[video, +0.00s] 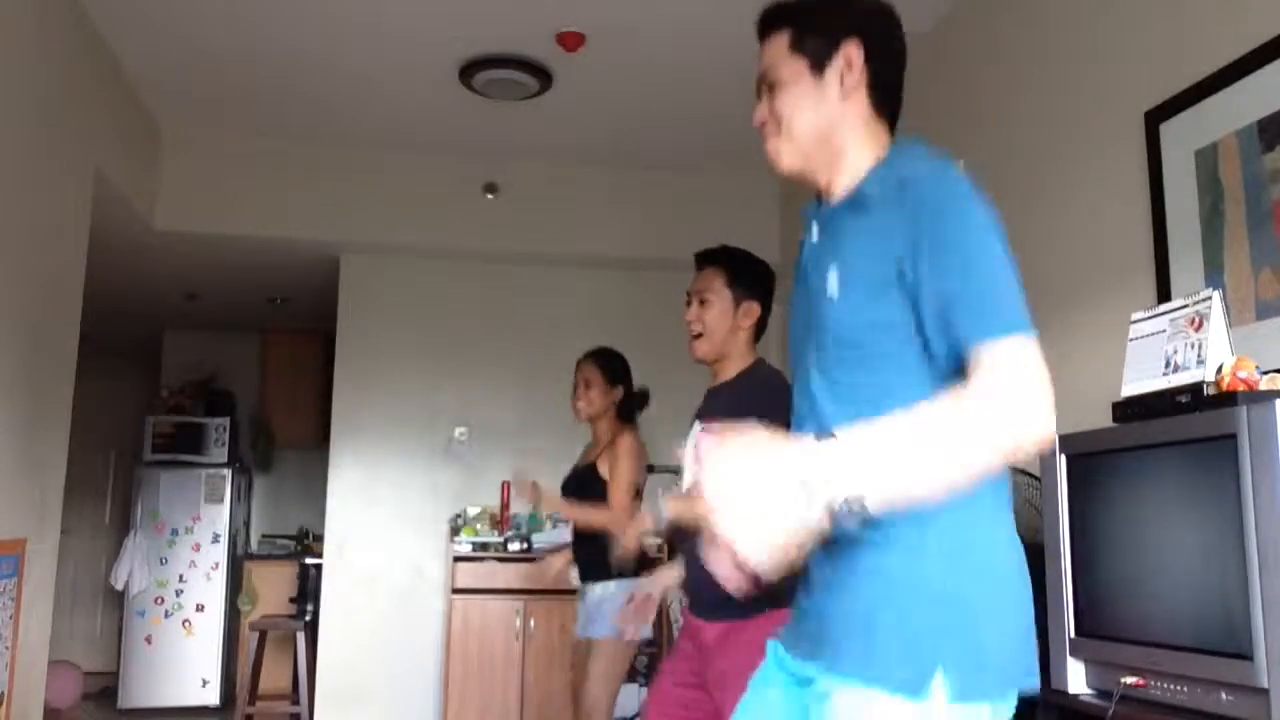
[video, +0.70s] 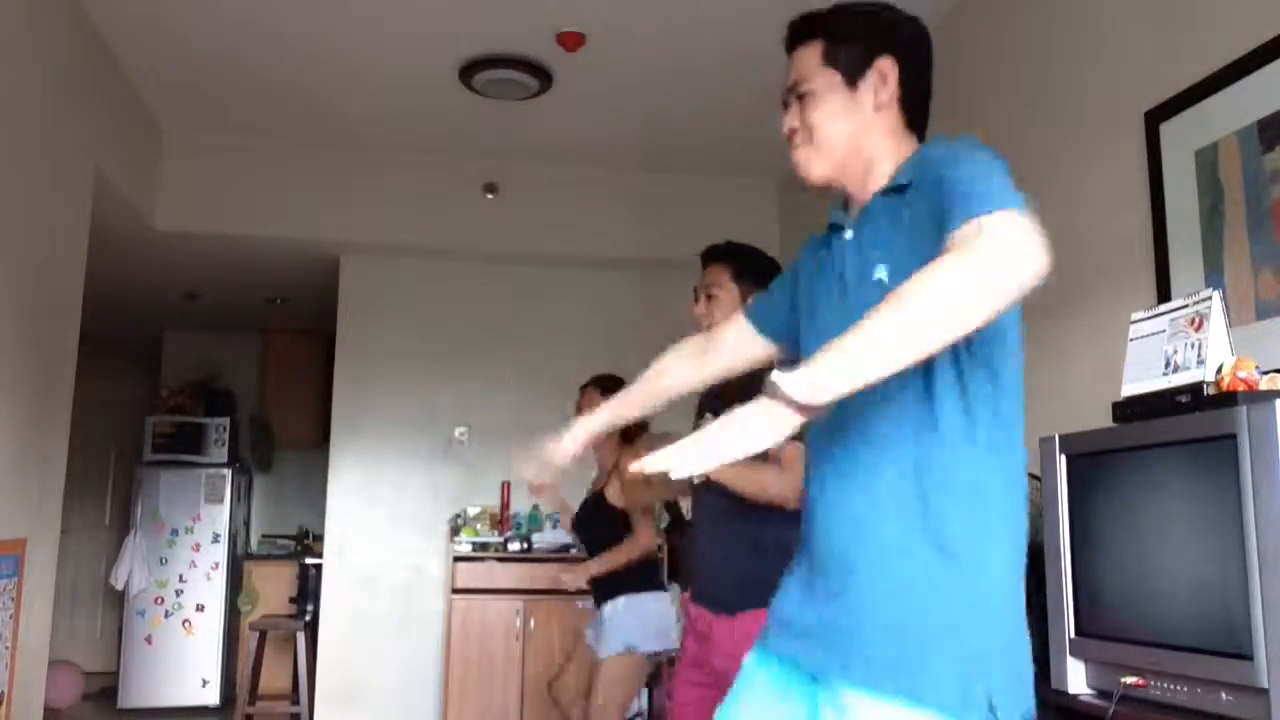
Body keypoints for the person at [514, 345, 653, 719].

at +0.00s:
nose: (578, 395)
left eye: (589, 386)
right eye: (577, 386)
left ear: (617, 393)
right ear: (576, 390)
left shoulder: (625, 443)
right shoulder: (596, 443)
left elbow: (620, 516)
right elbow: (596, 525)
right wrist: (557, 562)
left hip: (620, 589)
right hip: (593, 587)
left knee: (594, 703)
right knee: (580, 698)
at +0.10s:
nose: (580, 390)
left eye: (590, 381)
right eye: (577, 381)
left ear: (617, 387)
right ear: (573, 385)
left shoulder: (624, 428)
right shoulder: (598, 435)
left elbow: (627, 507)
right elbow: (599, 503)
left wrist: (562, 507)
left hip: (625, 580)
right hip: (592, 577)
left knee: (605, 701)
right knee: (579, 684)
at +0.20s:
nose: (582, 407)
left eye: (591, 397)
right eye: (580, 398)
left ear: (618, 405)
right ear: (580, 406)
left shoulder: (621, 461)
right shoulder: (601, 463)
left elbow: (643, 528)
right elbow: (586, 532)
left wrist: (581, 559)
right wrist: (557, 496)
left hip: (628, 595)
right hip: (607, 594)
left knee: (606, 710)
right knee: (598, 707)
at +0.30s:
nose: (585, 417)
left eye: (597, 409)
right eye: (582, 408)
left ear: (622, 419)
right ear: (576, 412)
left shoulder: (623, 464)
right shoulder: (601, 466)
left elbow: (641, 541)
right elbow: (599, 538)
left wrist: (577, 569)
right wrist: (547, 527)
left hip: (626, 606)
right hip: (606, 603)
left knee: (598, 712)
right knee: (576, 704)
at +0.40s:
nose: (584, 398)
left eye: (595, 391)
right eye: (581, 390)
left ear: (620, 399)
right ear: (576, 396)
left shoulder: (627, 444)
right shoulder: (597, 449)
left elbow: (627, 524)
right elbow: (601, 522)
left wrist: (565, 517)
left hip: (625, 587)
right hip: (600, 586)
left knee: (603, 709)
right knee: (587, 705)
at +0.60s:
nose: (584, 401)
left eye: (594, 391)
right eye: (581, 392)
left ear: (618, 395)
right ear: (577, 395)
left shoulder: (630, 445)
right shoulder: (601, 450)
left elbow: (638, 526)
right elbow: (599, 517)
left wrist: (580, 551)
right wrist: (563, 502)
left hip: (635, 584)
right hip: (600, 583)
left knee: (618, 700)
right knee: (571, 684)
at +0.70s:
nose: (585, 422)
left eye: (593, 412)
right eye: (582, 412)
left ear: (615, 415)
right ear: (582, 419)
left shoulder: (632, 465)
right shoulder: (605, 474)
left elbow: (647, 539)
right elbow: (592, 538)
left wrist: (588, 570)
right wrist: (555, 501)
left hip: (638, 607)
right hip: (611, 605)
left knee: (605, 710)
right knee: (565, 691)